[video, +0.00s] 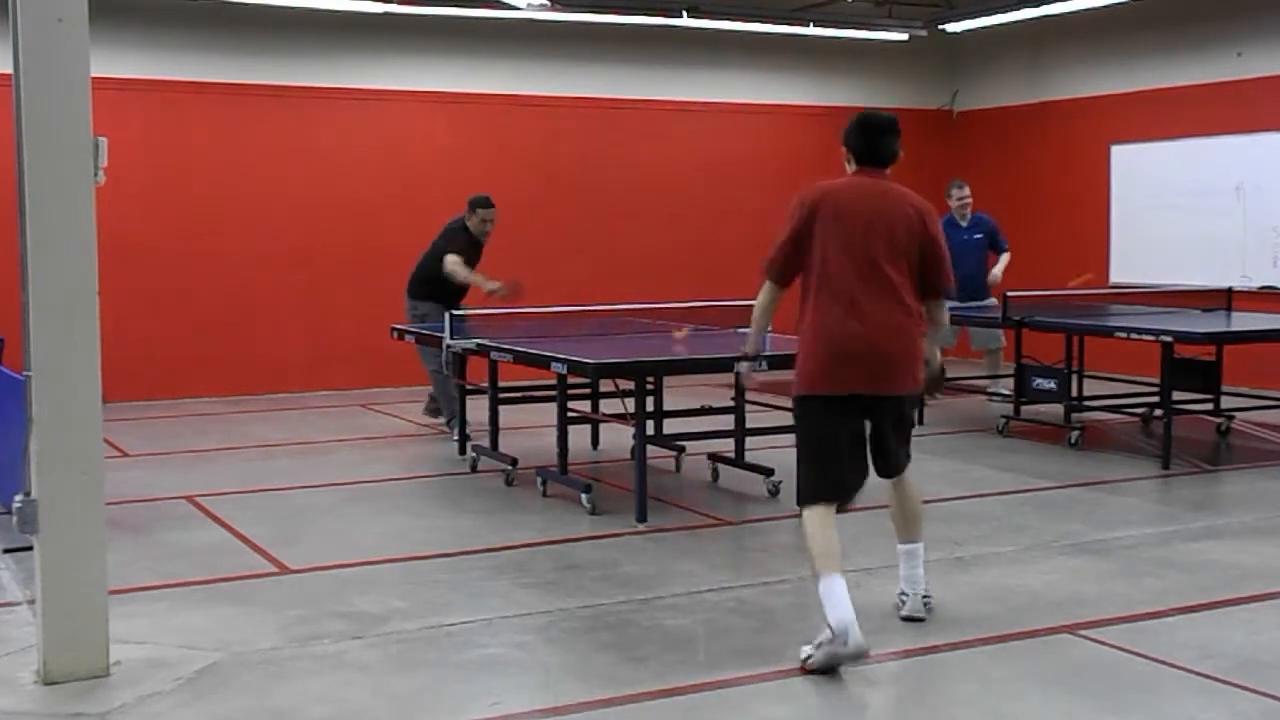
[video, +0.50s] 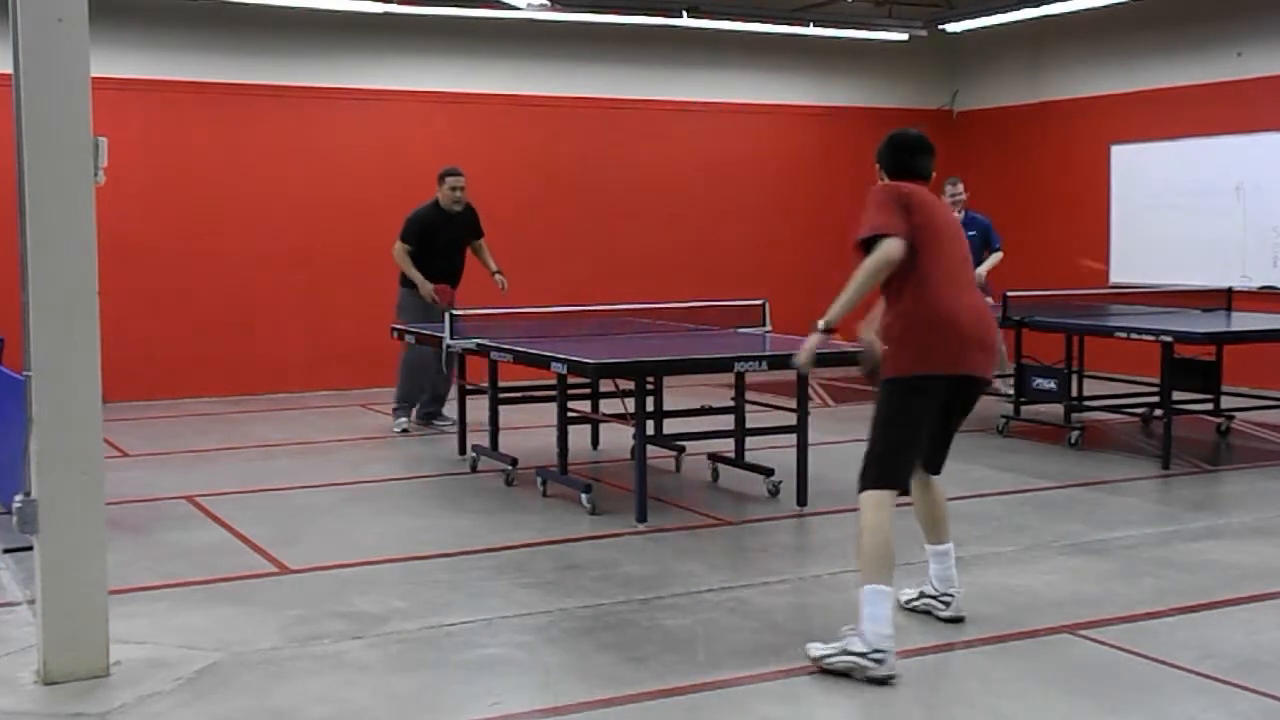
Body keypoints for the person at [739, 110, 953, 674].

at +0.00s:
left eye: (844, 148)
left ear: (847, 154)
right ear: (897, 156)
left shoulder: (817, 201)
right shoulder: (918, 211)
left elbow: (775, 280)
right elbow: (937, 301)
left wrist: (752, 344)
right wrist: (935, 352)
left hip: (824, 365)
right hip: (895, 365)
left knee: (817, 498)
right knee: (898, 472)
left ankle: (841, 625)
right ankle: (914, 593)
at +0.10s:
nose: (845, 176)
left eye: (847, 168)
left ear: (852, 172)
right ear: (903, 176)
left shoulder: (824, 217)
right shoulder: (926, 226)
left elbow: (779, 301)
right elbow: (942, 322)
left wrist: (772, 347)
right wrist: (936, 380)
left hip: (835, 378)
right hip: (907, 380)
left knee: (816, 517)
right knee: (896, 465)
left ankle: (848, 643)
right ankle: (929, 588)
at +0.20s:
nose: (853, 186)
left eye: (855, 177)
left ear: (860, 181)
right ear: (911, 185)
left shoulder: (836, 219)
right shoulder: (933, 232)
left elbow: (789, 304)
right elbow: (946, 327)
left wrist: (782, 329)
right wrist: (935, 402)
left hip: (849, 384)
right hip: (918, 385)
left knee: (823, 521)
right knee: (900, 471)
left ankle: (850, 648)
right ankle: (943, 588)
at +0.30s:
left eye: (866, 175)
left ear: (869, 178)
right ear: (920, 184)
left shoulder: (851, 212)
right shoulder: (941, 228)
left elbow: (801, 294)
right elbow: (948, 317)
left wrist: (788, 333)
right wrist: (937, 410)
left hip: (869, 375)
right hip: (935, 376)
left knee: (836, 510)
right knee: (912, 467)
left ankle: (850, 649)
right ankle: (944, 589)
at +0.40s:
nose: (868, 179)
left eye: (869, 170)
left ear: (876, 171)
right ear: (924, 176)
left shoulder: (872, 199)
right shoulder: (945, 220)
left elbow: (848, 264)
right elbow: (949, 292)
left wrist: (795, 334)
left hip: (899, 358)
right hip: (960, 357)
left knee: (860, 495)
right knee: (918, 467)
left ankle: (855, 645)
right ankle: (944, 591)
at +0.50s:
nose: (875, 176)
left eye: (875, 169)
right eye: (881, 169)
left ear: (882, 170)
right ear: (928, 172)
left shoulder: (890, 193)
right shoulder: (946, 213)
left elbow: (891, 251)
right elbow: (936, 292)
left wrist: (822, 327)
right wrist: (877, 337)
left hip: (921, 354)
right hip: (976, 354)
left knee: (877, 488)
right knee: (924, 469)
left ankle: (873, 641)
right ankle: (943, 591)